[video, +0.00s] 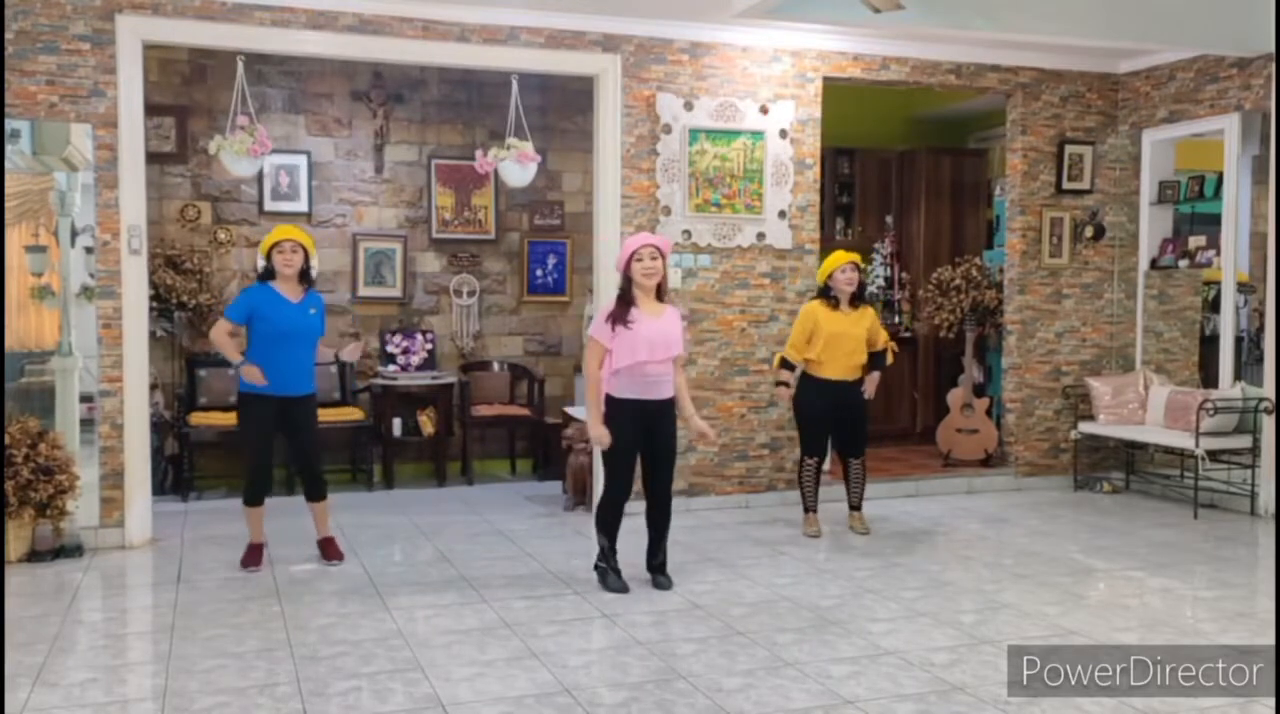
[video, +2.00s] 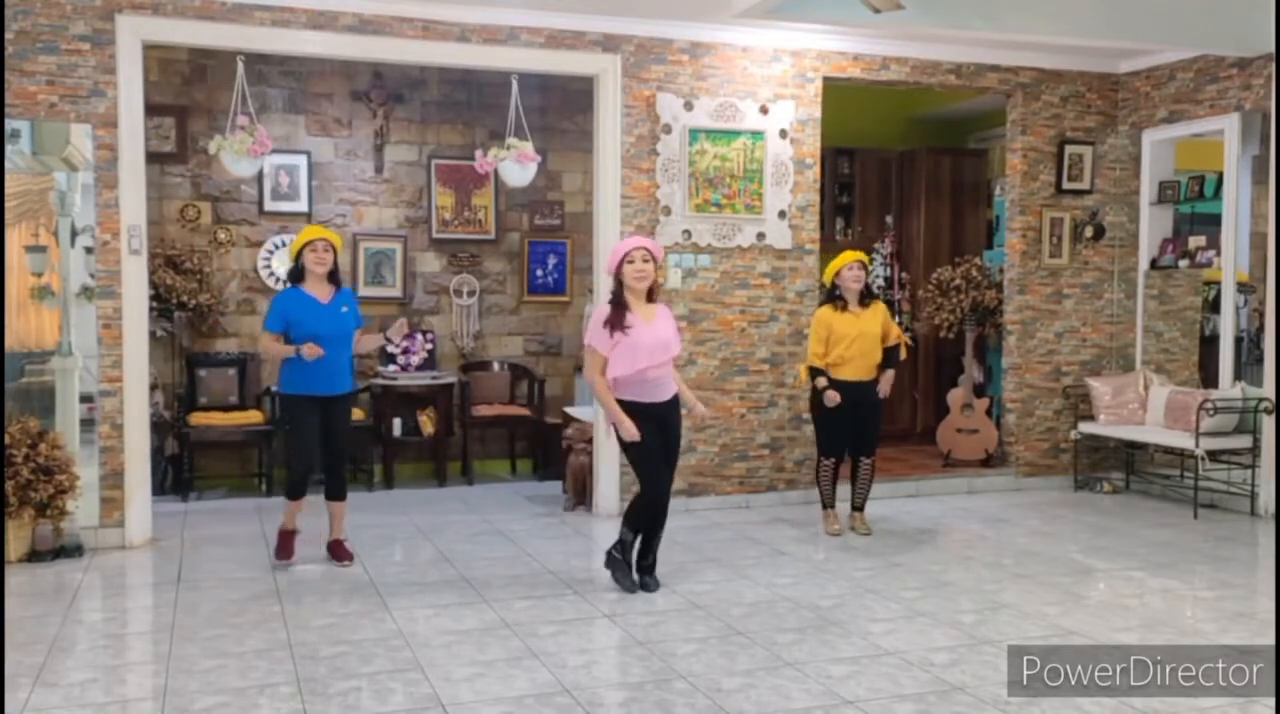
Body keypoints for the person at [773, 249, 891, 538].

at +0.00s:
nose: (850, 276)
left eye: (854, 271)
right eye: (843, 271)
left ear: (859, 278)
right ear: (829, 278)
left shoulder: (866, 314)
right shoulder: (813, 310)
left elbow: (881, 348)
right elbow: (794, 349)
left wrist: (874, 374)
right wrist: (785, 380)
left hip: (850, 391)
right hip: (814, 387)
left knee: (853, 452)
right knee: (812, 453)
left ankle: (856, 512)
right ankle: (810, 514)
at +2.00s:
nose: (857, 274)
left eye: (861, 269)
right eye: (850, 269)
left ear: (866, 276)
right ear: (837, 278)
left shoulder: (878, 310)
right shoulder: (825, 314)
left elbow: (894, 342)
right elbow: (814, 357)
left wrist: (889, 373)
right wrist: (824, 386)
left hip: (867, 389)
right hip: (833, 389)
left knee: (865, 453)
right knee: (830, 454)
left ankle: (858, 512)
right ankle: (829, 511)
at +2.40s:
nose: (843, 273)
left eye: (847, 269)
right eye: (836, 269)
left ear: (853, 277)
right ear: (823, 276)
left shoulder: (862, 313)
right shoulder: (807, 312)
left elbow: (875, 346)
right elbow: (791, 351)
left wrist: (869, 375)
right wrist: (784, 385)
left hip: (847, 390)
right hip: (809, 388)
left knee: (851, 453)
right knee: (808, 454)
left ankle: (855, 513)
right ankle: (805, 515)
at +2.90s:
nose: (831, 275)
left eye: (834, 271)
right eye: (824, 270)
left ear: (839, 279)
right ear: (809, 278)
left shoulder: (851, 312)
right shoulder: (793, 314)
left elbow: (865, 347)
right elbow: (776, 350)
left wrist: (860, 376)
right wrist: (764, 371)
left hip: (835, 393)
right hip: (797, 391)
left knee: (832, 456)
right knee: (800, 455)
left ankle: (828, 513)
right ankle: (805, 514)